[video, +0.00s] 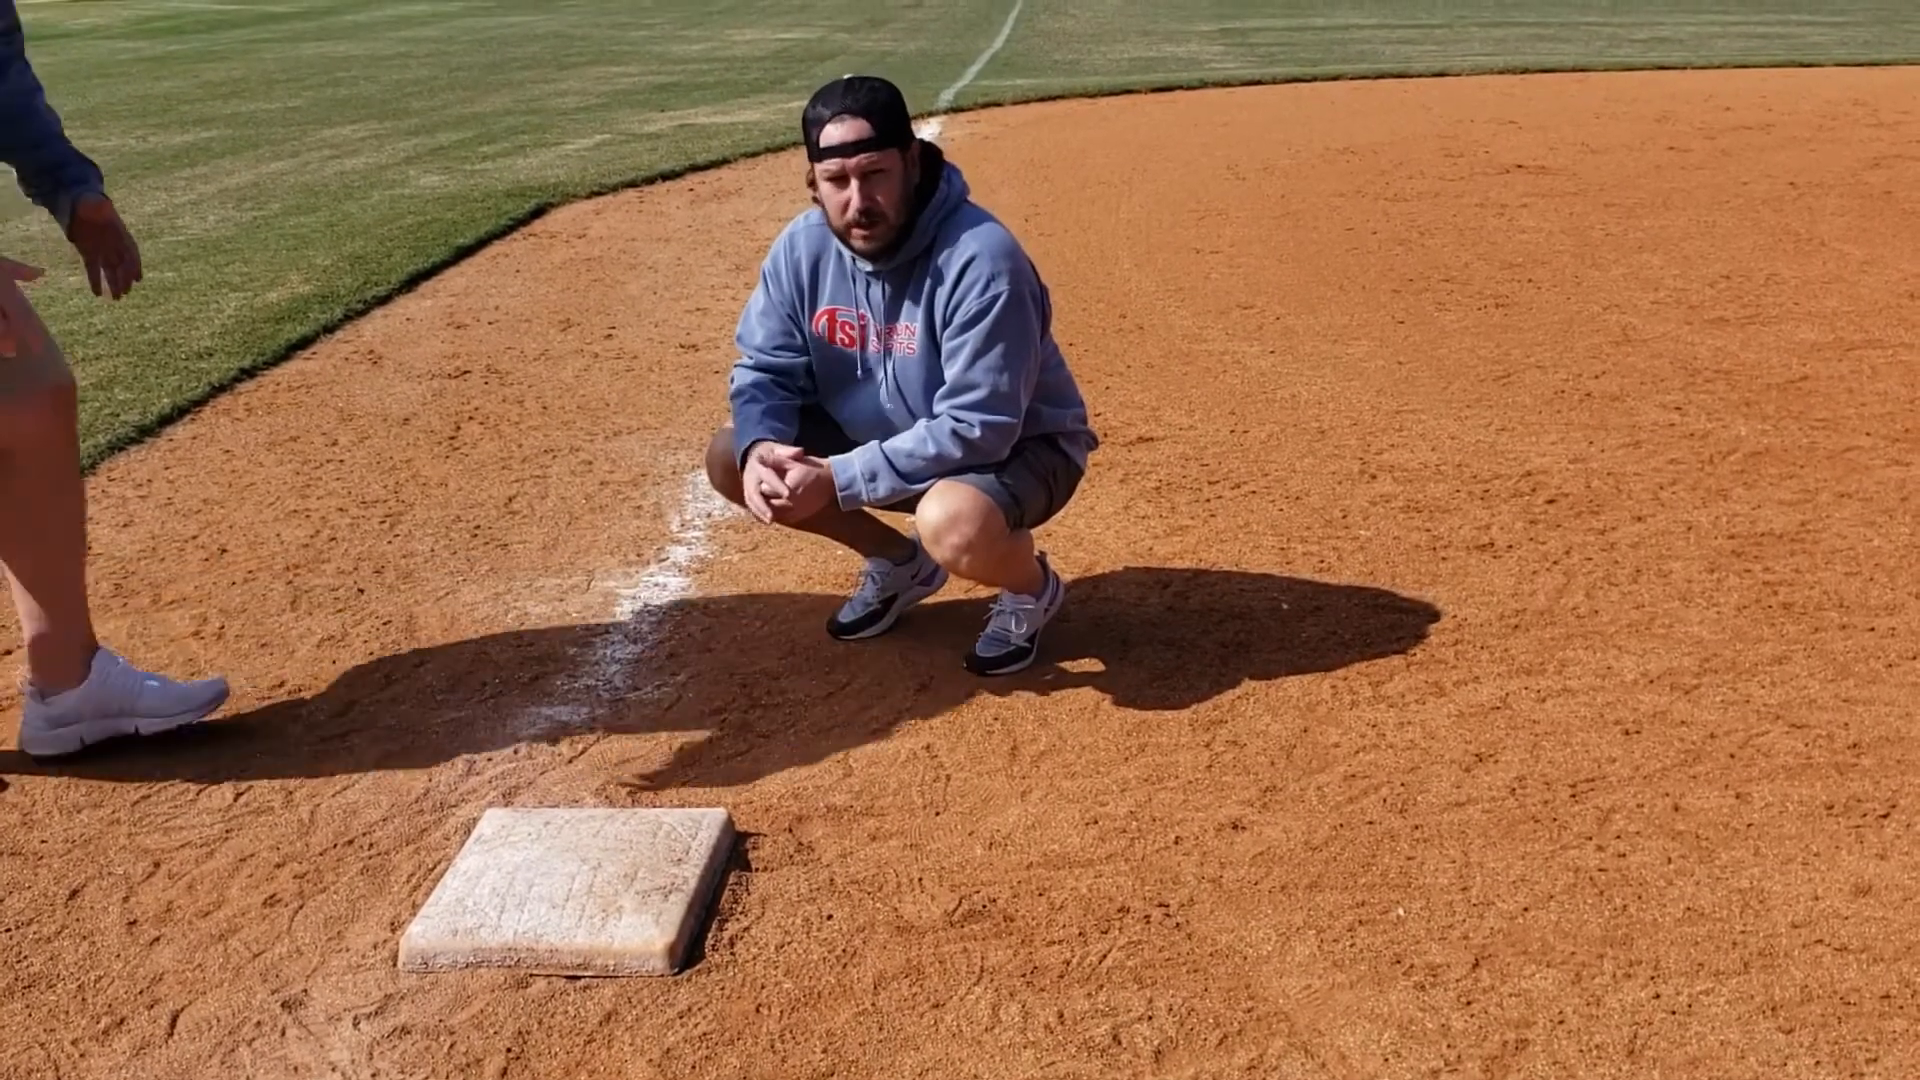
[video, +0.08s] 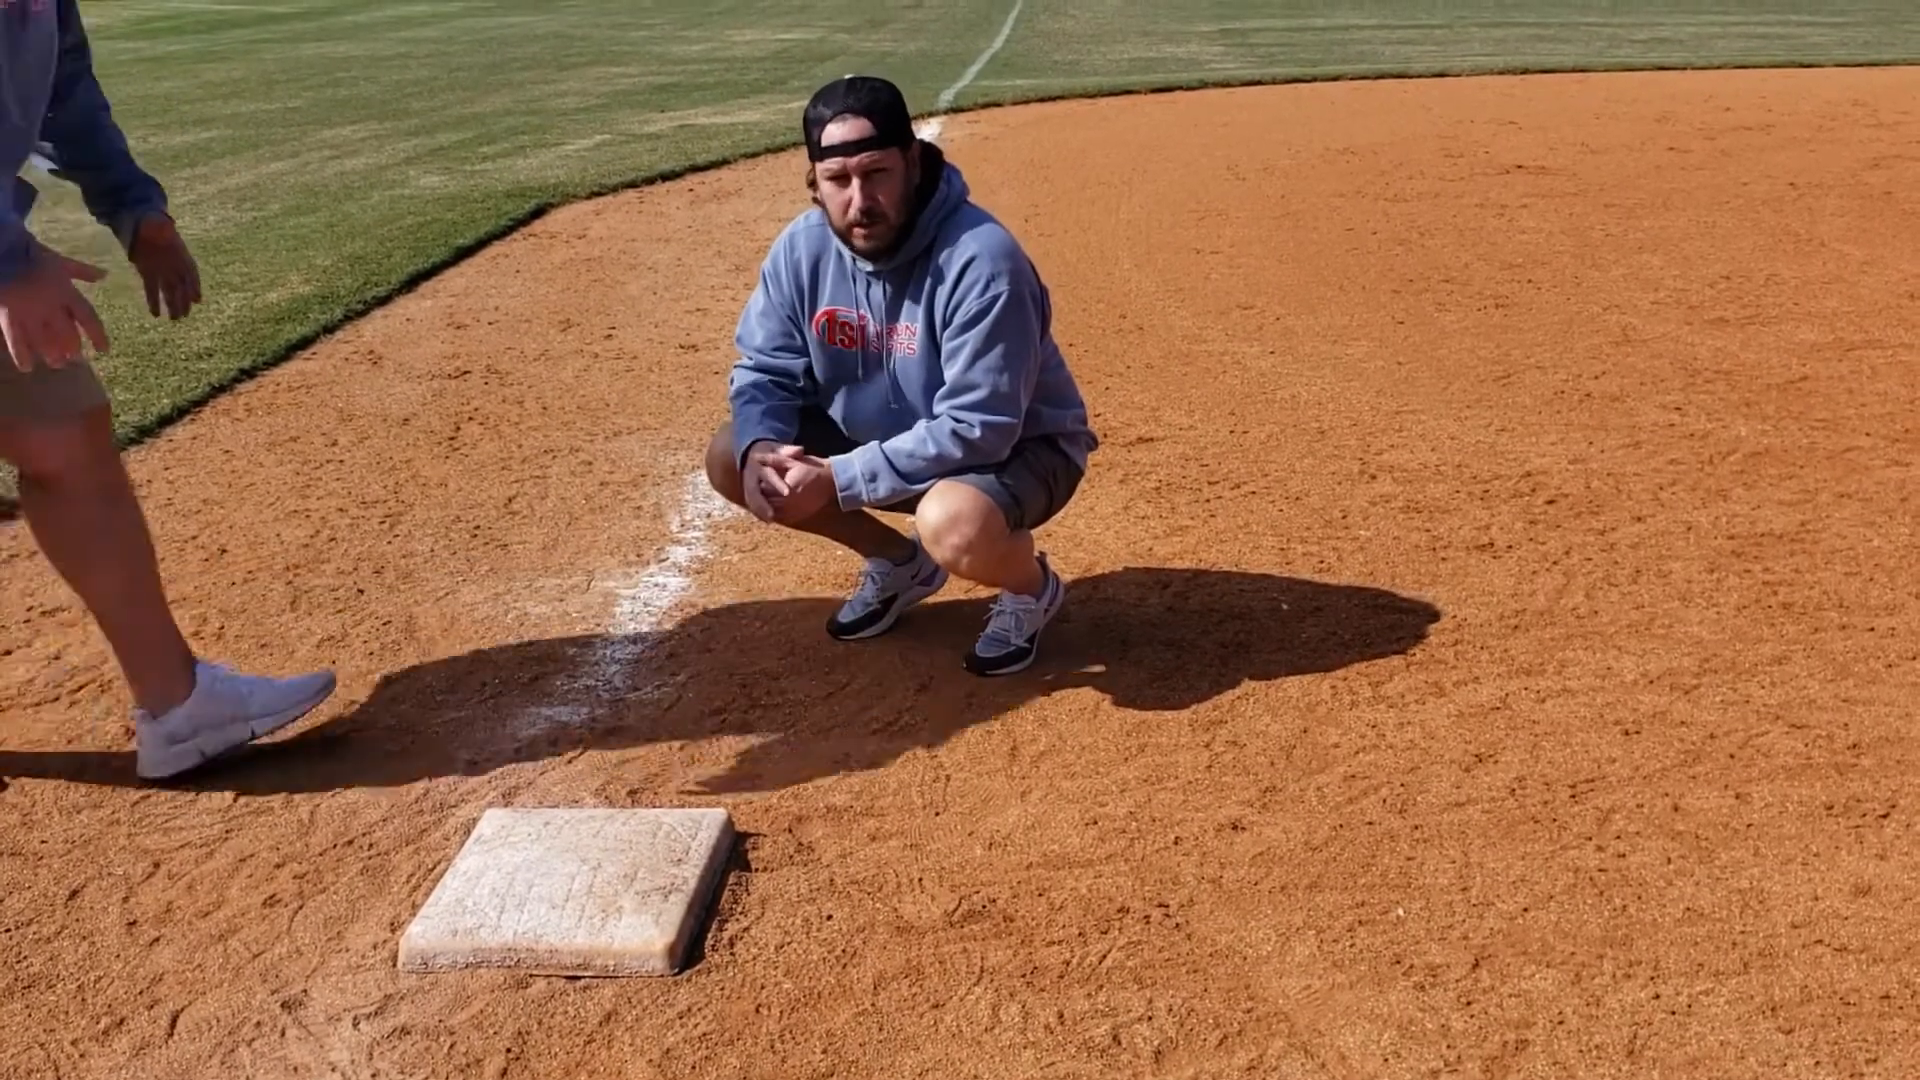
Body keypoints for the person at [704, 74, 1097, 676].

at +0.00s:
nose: (858, 201)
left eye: (875, 174)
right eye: (836, 179)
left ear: (914, 162)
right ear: (814, 182)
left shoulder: (982, 263)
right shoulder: (801, 250)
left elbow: (977, 429)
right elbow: (764, 368)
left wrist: (840, 480)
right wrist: (762, 446)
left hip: (1023, 445)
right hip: (891, 439)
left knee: (951, 524)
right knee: (732, 459)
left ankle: (1033, 590)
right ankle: (899, 561)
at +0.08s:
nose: (860, 201)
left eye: (877, 174)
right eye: (837, 178)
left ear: (915, 163)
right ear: (814, 182)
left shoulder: (982, 264)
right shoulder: (801, 250)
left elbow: (977, 430)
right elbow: (765, 369)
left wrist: (840, 480)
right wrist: (761, 445)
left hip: (1022, 446)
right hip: (890, 440)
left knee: (951, 524)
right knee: (733, 460)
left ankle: (1033, 590)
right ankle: (899, 561)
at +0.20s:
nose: (861, 199)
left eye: (878, 172)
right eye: (838, 177)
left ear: (916, 163)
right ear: (816, 181)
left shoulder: (982, 263)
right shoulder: (802, 249)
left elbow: (980, 429)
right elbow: (766, 367)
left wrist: (838, 482)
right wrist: (764, 442)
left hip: (1024, 446)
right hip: (890, 441)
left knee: (952, 524)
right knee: (734, 461)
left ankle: (1034, 589)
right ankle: (900, 561)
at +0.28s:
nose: (861, 199)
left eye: (878, 172)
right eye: (839, 177)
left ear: (916, 162)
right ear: (816, 182)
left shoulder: (983, 264)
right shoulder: (802, 250)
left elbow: (980, 429)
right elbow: (767, 367)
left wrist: (838, 482)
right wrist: (767, 443)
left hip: (1023, 446)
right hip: (889, 440)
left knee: (954, 526)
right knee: (734, 463)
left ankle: (1034, 589)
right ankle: (900, 562)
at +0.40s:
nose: (861, 198)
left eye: (878, 171)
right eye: (839, 177)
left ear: (917, 162)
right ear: (817, 182)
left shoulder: (983, 262)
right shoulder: (803, 249)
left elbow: (980, 428)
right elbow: (766, 365)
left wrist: (839, 481)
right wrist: (765, 441)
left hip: (1023, 447)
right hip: (887, 441)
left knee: (952, 524)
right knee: (734, 461)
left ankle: (1034, 589)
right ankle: (899, 561)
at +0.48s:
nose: (862, 198)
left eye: (879, 171)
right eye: (840, 177)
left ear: (917, 162)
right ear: (817, 181)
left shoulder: (983, 263)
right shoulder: (804, 249)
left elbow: (979, 429)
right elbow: (766, 365)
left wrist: (839, 481)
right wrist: (765, 442)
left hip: (1023, 446)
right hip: (885, 437)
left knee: (952, 524)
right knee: (734, 461)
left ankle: (1034, 589)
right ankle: (899, 562)